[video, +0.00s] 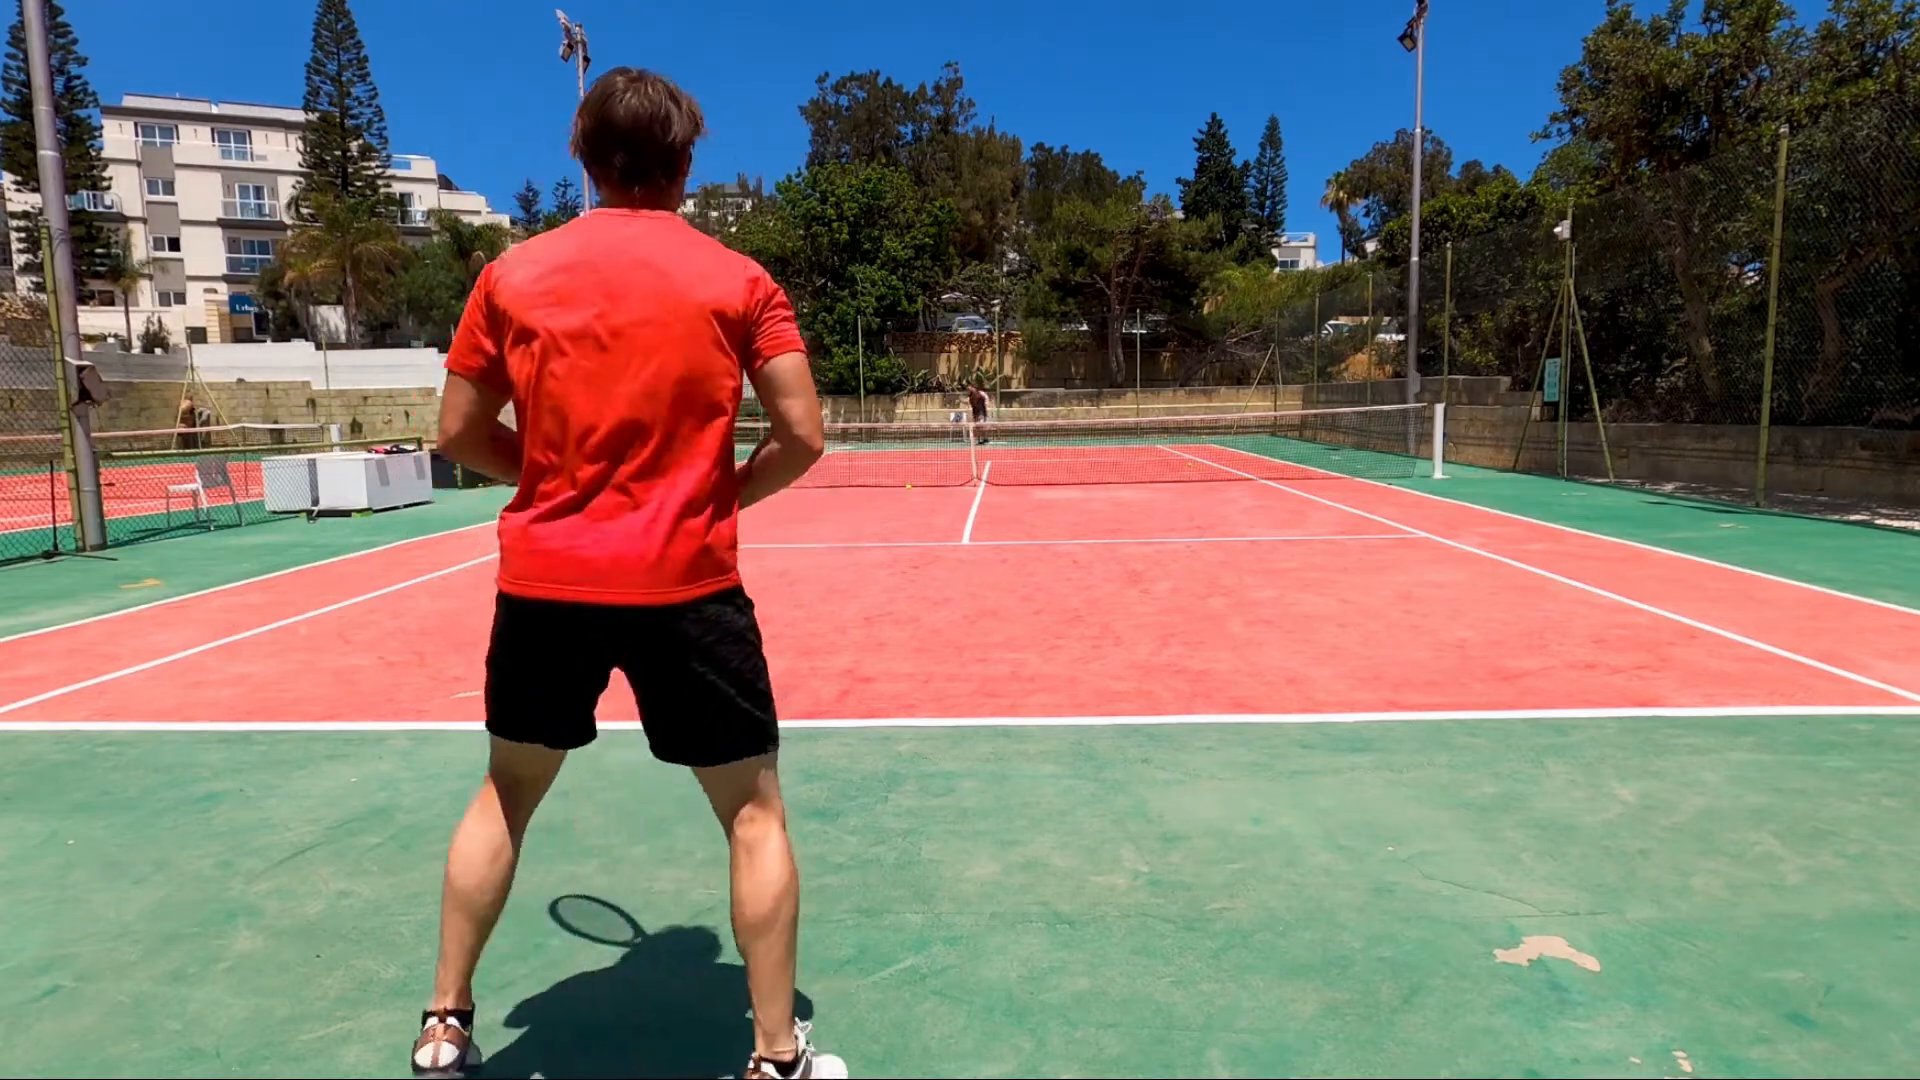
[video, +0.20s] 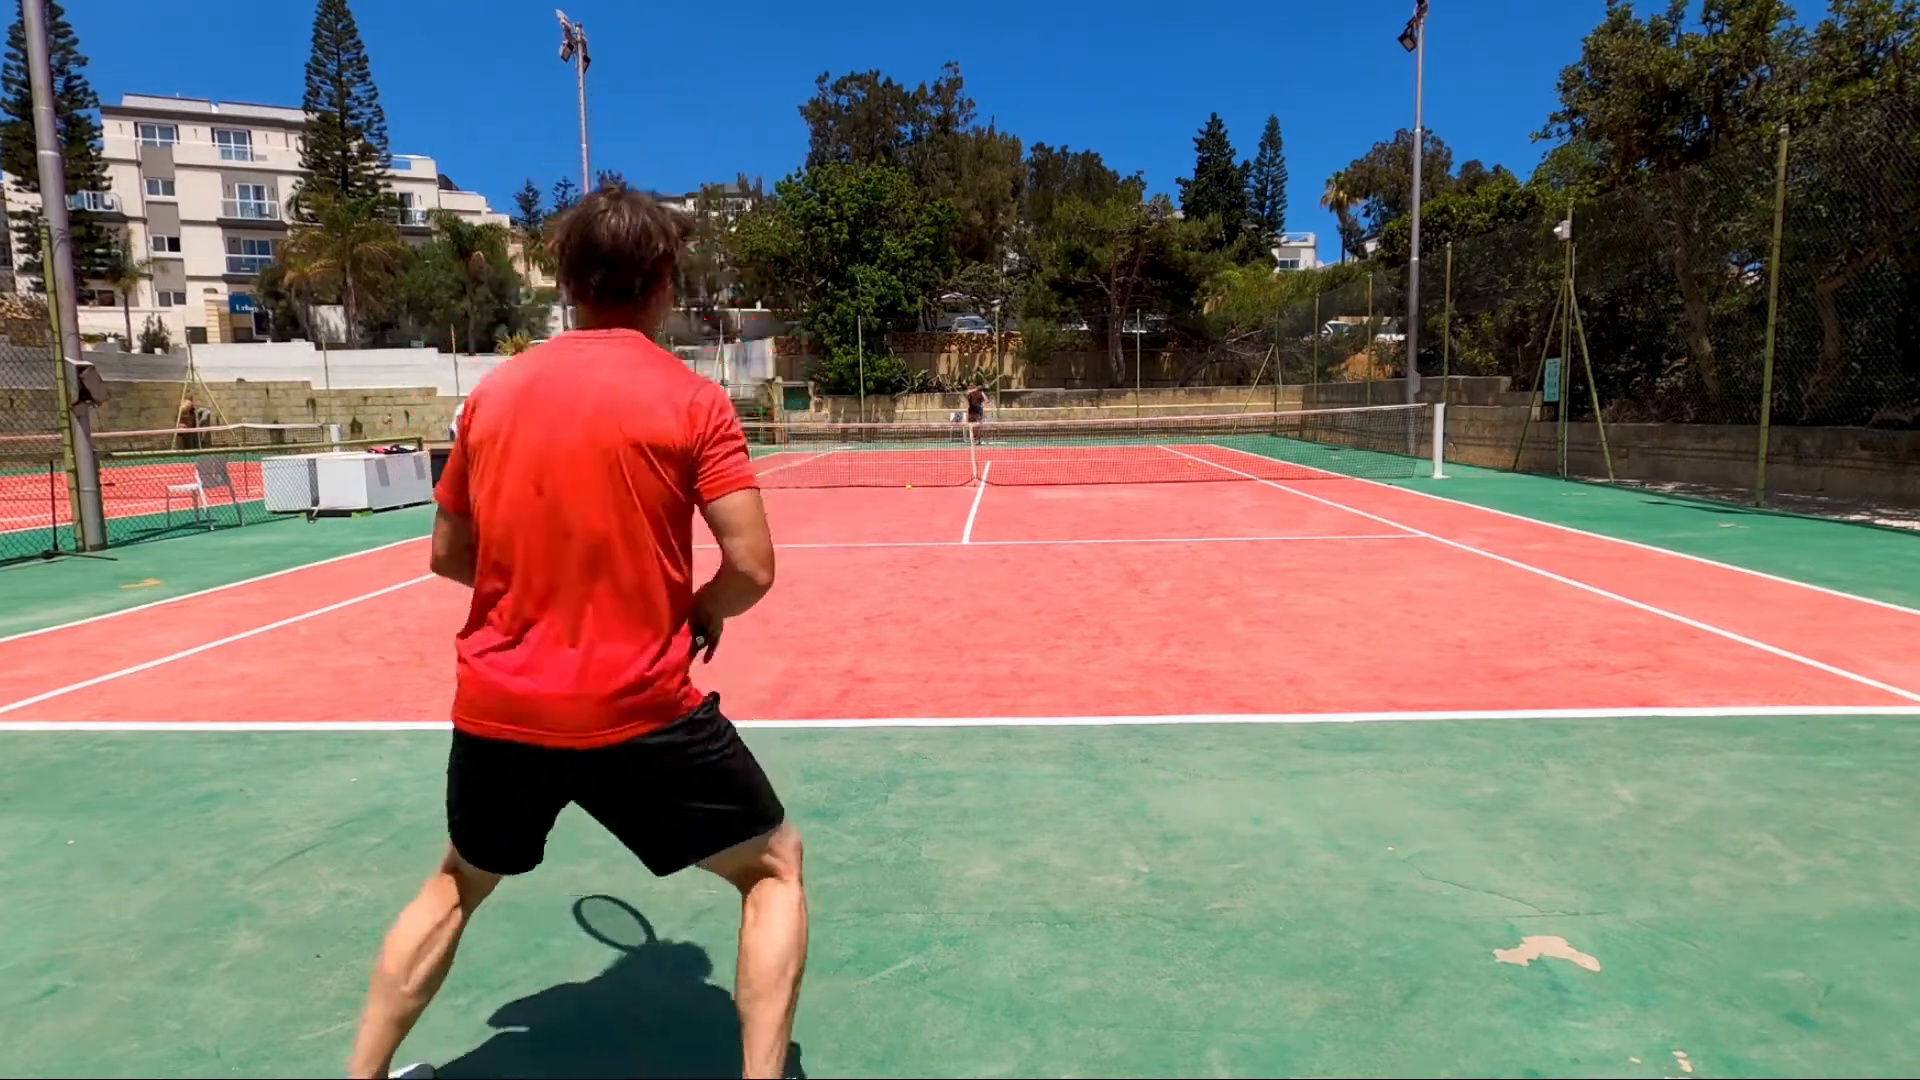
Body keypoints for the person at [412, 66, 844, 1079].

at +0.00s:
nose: (688, 166)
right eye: (687, 153)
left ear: (584, 160)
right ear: (684, 161)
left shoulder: (514, 276)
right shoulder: (734, 277)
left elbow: (460, 436)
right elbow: (801, 437)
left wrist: (552, 468)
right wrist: (723, 494)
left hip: (546, 586)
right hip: (687, 587)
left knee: (507, 789)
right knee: (753, 811)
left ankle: (446, 1017)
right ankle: (776, 1050)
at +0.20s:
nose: (676, 287)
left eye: (669, 271)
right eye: (673, 273)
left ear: (568, 283)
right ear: (663, 285)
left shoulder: (498, 389)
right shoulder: (689, 397)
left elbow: (449, 554)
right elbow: (752, 566)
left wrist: (545, 578)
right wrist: (695, 615)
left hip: (498, 708)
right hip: (637, 710)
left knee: (457, 877)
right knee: (769, 865)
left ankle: (362, 1069)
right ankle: (764, 1072)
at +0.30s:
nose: (695, 322)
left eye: (689, 306)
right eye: (693, 308)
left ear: (589, 316)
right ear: (682, 320)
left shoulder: (522, 426)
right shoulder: (686, 434)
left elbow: (520, 575)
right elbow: (735, 608)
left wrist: (669, 617)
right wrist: (731, 654)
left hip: (488, 740)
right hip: (620, 742)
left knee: (463, 880)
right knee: (810, 860)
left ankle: (360, 1068)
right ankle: (763, 1072)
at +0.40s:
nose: (757, 323)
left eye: (755, 309)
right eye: (754, 309)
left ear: (657, 316)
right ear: (743, 318)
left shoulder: (598, 414)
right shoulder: (732, 426)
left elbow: (597, 596)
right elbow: (763, 607)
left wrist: (718, 642)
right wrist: (788, 672)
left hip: (526, 733)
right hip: (651, 740)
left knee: (491, 891)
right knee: (847, 867)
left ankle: (363, 1070)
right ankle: (785, 1072)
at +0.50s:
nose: (858, 286)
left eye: (853, 271)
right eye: (855, 272)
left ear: (758, 277)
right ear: (843, 282)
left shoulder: (705, 377)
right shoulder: (823, 398)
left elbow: (707, 541)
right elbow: (835, 590)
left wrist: (808, 622)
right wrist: (886, 669)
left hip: (618, 701)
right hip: (725, 720)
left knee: (582, 881)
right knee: (876, 900)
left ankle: (402, 1053)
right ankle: (782, 1074)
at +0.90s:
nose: (1308, 291)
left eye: (1305, 275)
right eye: (1308, 275)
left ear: (1200, 273)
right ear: (1294, 288)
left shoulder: (1187, 373)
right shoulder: (1224, 361)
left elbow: (1372, 490)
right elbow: (1189, 444)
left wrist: (1517, 444)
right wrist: (1432, 404)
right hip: (1121, 745)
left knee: (1236, 842)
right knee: (1392, 925)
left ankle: (1145, 1035)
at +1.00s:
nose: (1479, 325)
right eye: (1476, 309)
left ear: (1356, 296)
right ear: (1461, 316)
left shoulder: (1399, 441)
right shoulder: (1367, 391)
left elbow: (1550, 501)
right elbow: (1309, 455)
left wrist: (1734, 490)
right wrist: (1567, 368)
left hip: (1189, 758)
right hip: (1247, 780)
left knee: (1286, 877)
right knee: (1548, 986)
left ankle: (1148, 1038)